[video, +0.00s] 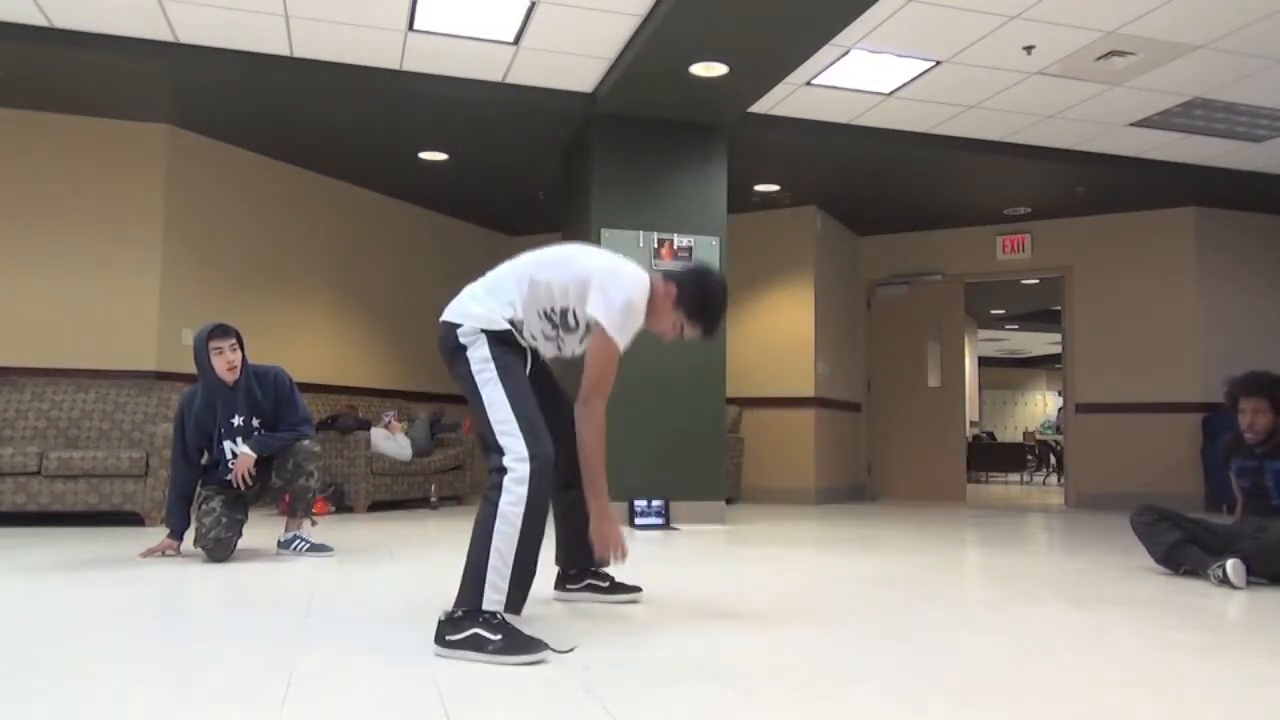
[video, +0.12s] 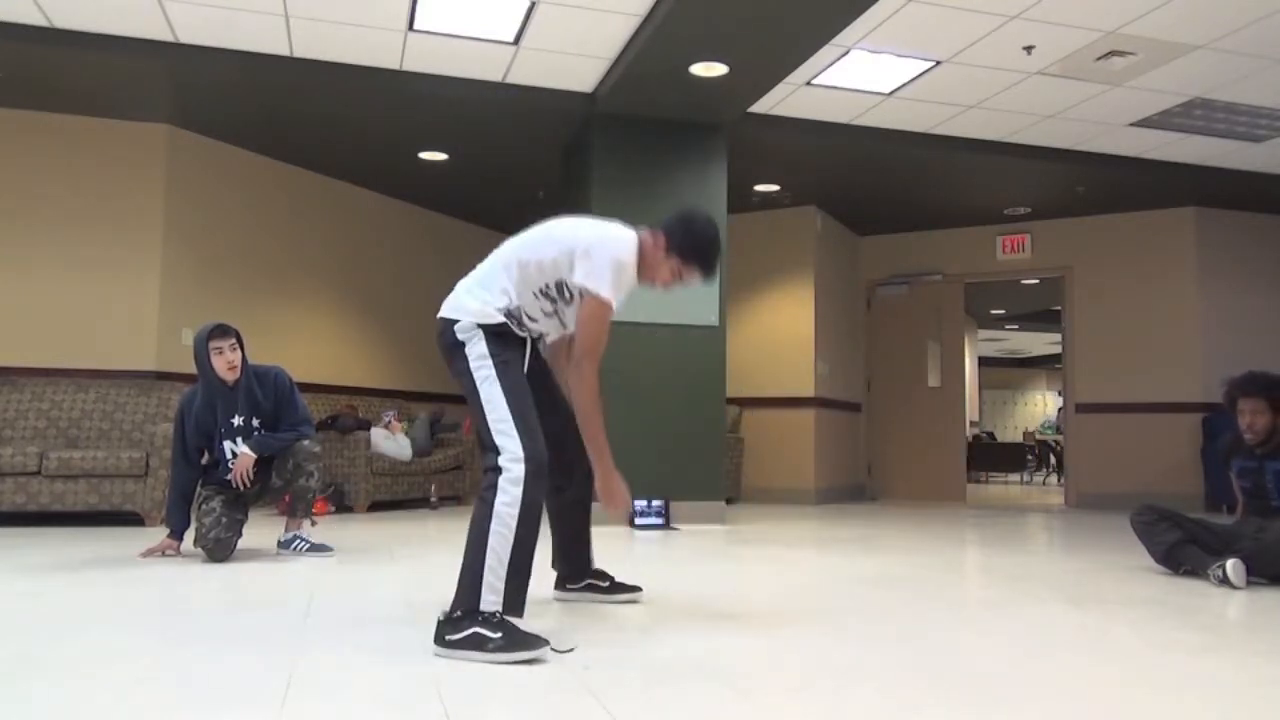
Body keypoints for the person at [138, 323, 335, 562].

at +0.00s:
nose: (230, 358)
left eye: (234, 349)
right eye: (219, 353)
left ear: (242, 351)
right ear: (204, 361)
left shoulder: (273, 381)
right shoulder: (194, 403)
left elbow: (304, 430)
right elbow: (184, 470)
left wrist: (255, 447)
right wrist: (174, 535)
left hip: (266, 476)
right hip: (221, 487)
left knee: (307, 451)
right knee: (216, 549)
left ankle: (292, 534)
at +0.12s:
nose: (230, 358)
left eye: (233, 349)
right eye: (219, 353)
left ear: (242, 351)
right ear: (204, 360)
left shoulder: (273, 381)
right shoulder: (194, 403)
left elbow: (304, 430)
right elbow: (184, 470)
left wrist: (255, 447)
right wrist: (175, 535)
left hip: (266, 476)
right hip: (221, 487)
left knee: (307, 451)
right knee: (216, 549)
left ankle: (292, 534)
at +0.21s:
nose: (230, 358)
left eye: (233, 349)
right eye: (218, 353)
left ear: (242, 351)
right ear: (204, 360)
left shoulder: (273, 381)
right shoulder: (194, 404)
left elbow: (304, 430)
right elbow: (184, 470)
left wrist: (254, 447)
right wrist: (175, 535)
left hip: (266, 476)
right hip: (221, 487)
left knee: (307, 450)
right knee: (216, 549)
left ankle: (292, 534)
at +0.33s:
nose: (230, 357)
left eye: (233, 348)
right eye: (218, 352)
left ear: (242, 351)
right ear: (204, 361)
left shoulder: (273, 381)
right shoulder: (194, 404)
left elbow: (304, 430)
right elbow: (184, 470)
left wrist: (254, 447)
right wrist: (175, 535)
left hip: (266, 476)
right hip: (221, 487)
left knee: (307, 450)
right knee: (216, 549)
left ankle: (292, 534)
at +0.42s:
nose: (230, 357)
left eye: (233, 348)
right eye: (218, 352)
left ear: (242, 351)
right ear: (204, 360)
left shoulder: (273, 381)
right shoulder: (194, 404)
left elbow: (304, 431)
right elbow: (184, 470)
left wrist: (254, 447)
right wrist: (174, 535)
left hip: (266, 476)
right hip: (221, 487)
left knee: (307, 450)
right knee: (216, 549)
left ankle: (292, 534)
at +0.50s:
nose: (229, 357)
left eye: (233, 348)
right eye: (218, 352)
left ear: (242, 351)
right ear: (204, 360)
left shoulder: (273, 381)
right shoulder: (194, 404)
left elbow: (304, 431)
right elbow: (184, 470)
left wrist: (254, 447)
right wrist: (175, 535)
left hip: (266, 476)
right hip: (221, 487)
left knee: (307, 450)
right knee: (216, 549)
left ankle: (292, 534)